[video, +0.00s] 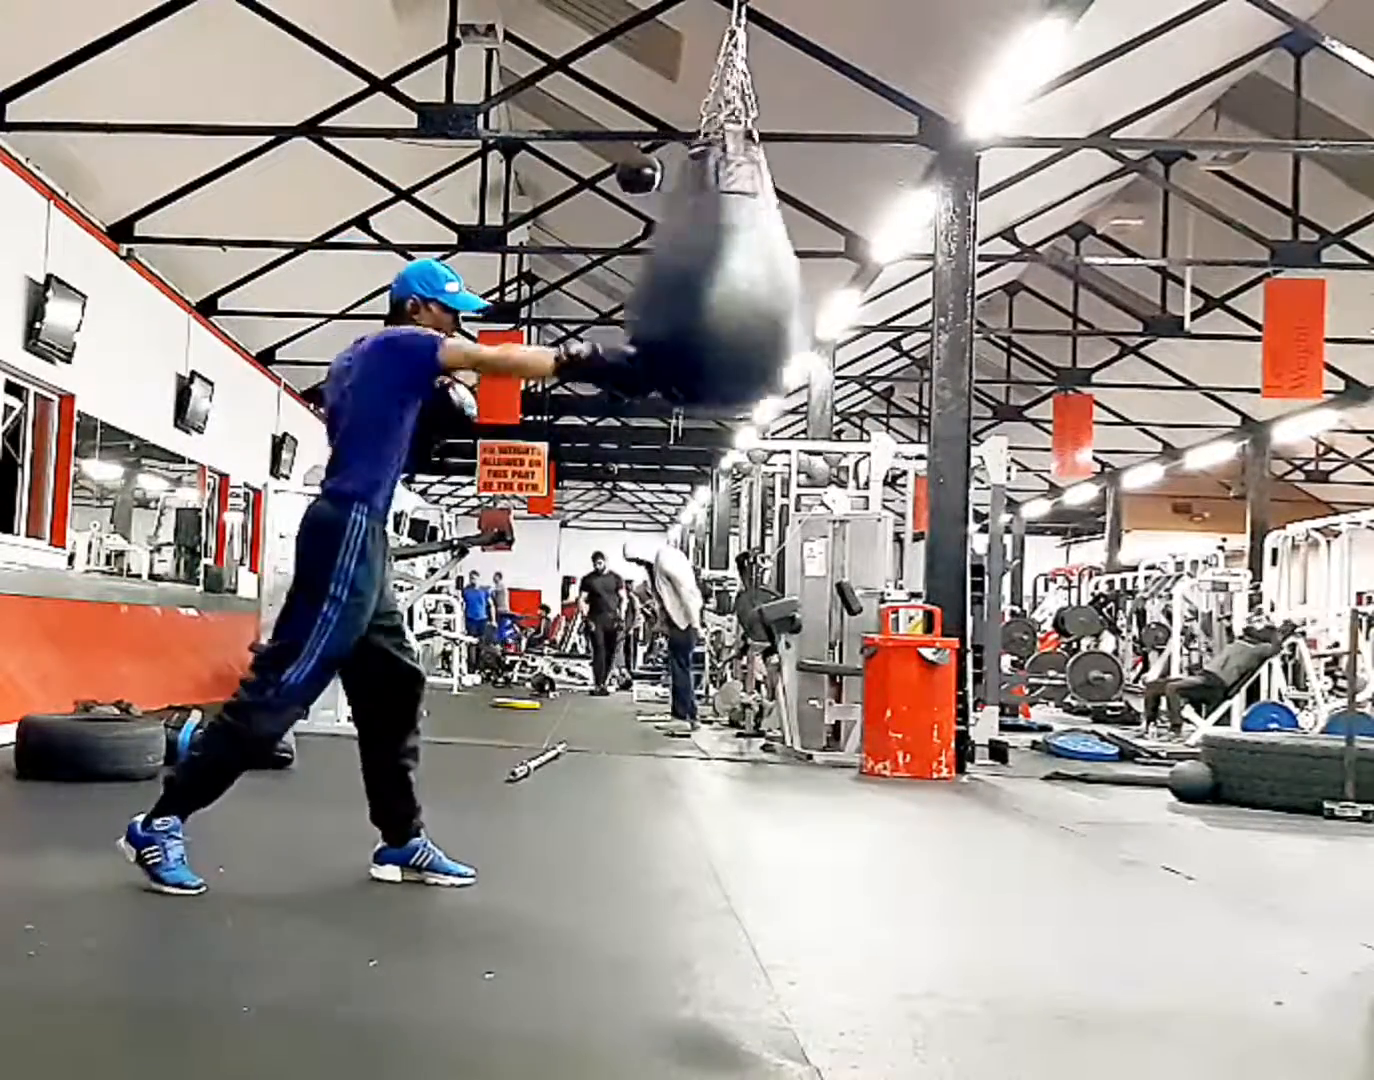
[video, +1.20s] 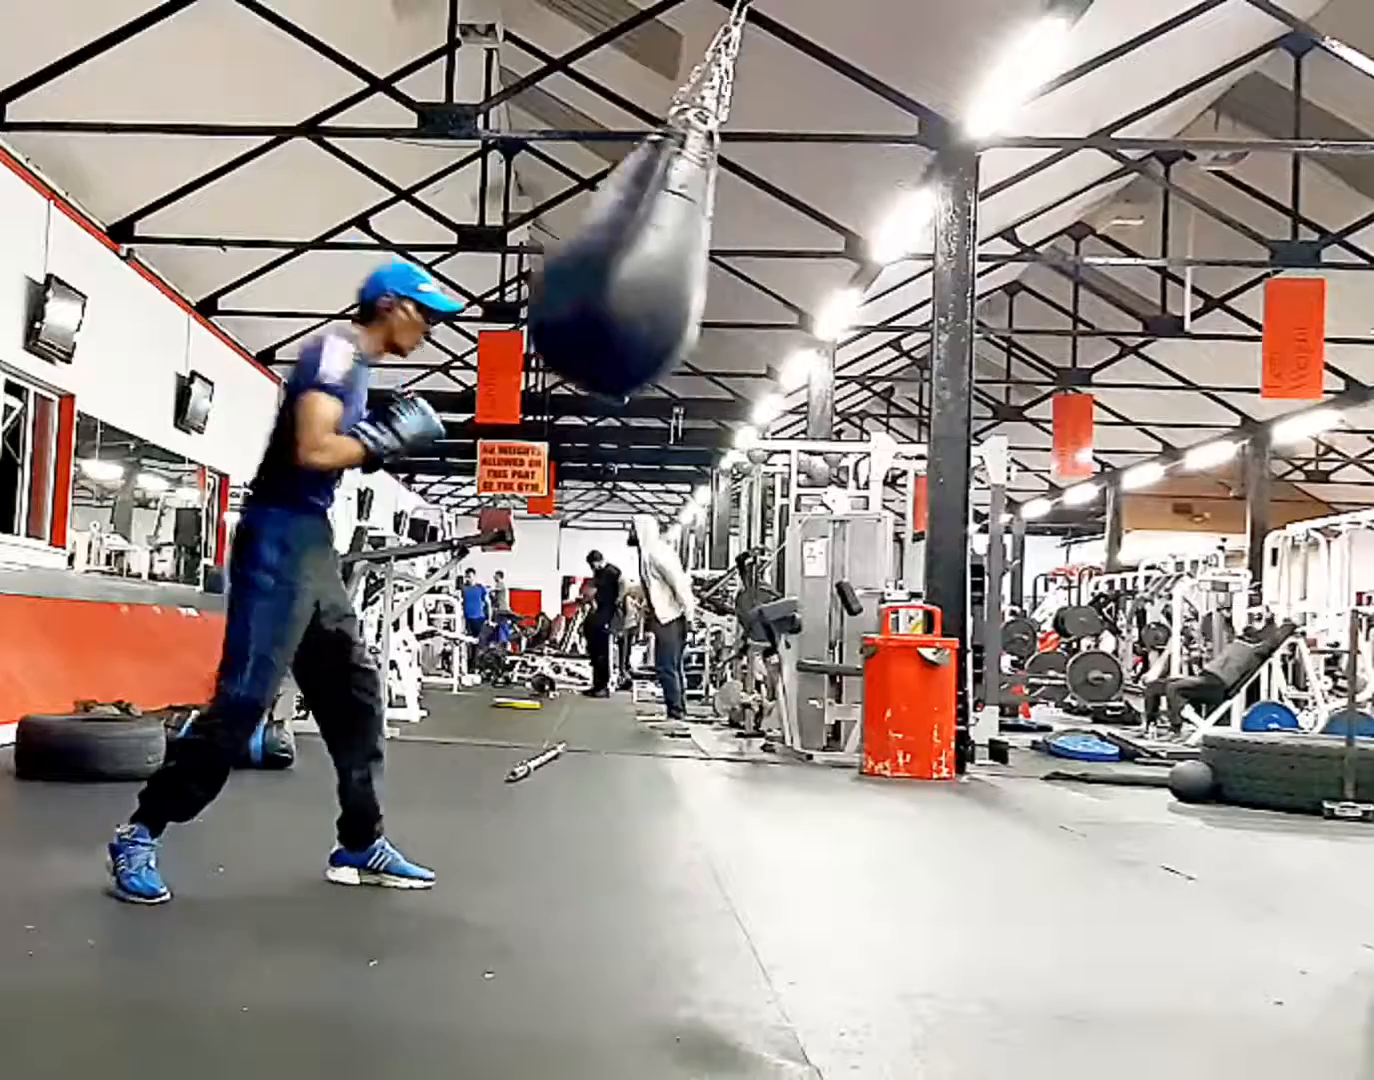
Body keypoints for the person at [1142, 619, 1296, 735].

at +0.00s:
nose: (1255, 628)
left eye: (1261, 628)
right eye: (1258, 626)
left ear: (1263, 635)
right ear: (1253, 631)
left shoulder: (1259, 650)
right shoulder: (1237, 643)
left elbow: (1276, 649)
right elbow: (1225, 645)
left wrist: (1275, 634)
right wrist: (1225, 627)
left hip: (1217, 681)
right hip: (1203, 674)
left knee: (1172, 687)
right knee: (1152, 687)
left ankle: (1176, 732)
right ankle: (1147, 729)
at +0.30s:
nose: (1238, 631)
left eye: (1243, 630)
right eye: (1241, 629)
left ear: (1246, 635)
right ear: (1250, 636)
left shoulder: (1248, 649)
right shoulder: (1236, 644)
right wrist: (1229, 606)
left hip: (1218, 680)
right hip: (1206, 675)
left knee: (1172, 688)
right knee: (1152, 688)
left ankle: (1176, 730)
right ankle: (1148, 727)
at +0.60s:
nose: (1251, 628)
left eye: (1256, 628)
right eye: (1251, 627)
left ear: (1258, 636)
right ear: (1247, 632)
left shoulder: (1257, 650)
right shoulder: (1235, 644)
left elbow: (1273, 642)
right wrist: (1225, 617)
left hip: (1217, 683)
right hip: (1203, 677)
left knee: (1173, 688)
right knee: (1152, 688)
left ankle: (1177, 732)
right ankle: (1147, 728)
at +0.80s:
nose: (1265, 632)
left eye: (1265, 630)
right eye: (1262, 629)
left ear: (1260, 636)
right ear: (1253, 633)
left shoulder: (1261, 651)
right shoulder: (1239, 643)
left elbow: (1281, 657)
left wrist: (1276, 640)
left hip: (1217, 683)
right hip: (1203, 674)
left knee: (1173, 688)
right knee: (1151, 688)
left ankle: (1176, 731)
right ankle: (1148, 728)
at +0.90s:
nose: (1256, 634)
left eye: (1259, 633)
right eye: (1259, 632)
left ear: (1258, 637)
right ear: (1256, 635)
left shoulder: (1260, 650)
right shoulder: (1238, 644)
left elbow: (1280, 657)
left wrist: (1276, 643)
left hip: (1217, 682)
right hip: (1203, 674)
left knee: (1173, 688)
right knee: (1151, 687)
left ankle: (1176, 731)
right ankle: (1148, 727)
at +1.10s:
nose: (1252, 628)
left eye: (1258, 627)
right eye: (1253, 626)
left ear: (1262, 635)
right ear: (1250, 630)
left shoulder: (1260, 651)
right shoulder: (1237, 642)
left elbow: (1276, 645)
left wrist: (1280, 633)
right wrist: (1223, 625)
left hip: (1218, 682)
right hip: (1204, 675)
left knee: (1173, 688)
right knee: (1152, 687)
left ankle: (1176, 732)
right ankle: (1148, 729)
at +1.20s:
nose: (1249, 628)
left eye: (1254, 627)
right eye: (1248, 626)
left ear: (1261, 634)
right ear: (1245, 631)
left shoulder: (1258, 650)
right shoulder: (1235, 642)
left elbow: (1287, 630)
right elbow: (1224, 628)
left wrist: (1278, 624)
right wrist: (1222, 613)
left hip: (1217, 684)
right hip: (1202, 677)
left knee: (1174, 687)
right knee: (1152, 688)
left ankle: (1176, 731)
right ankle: (1148, 728)